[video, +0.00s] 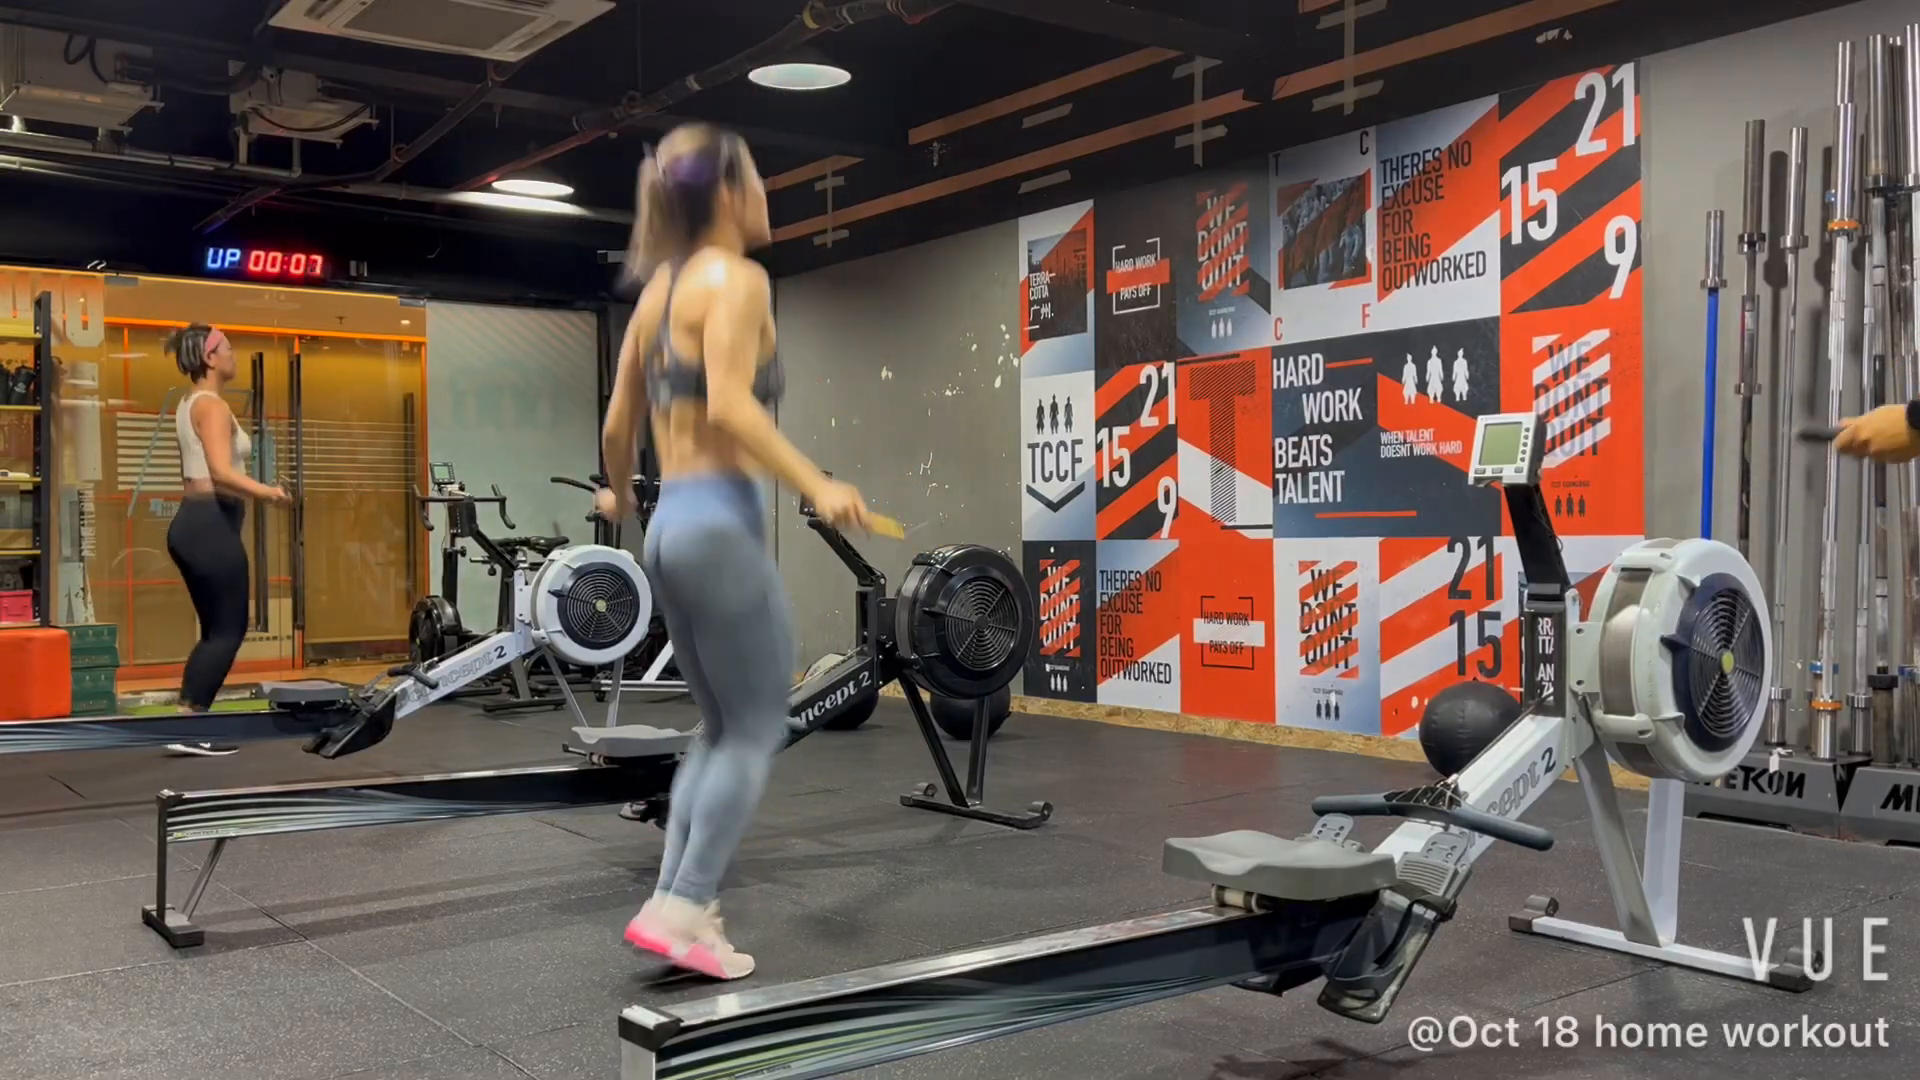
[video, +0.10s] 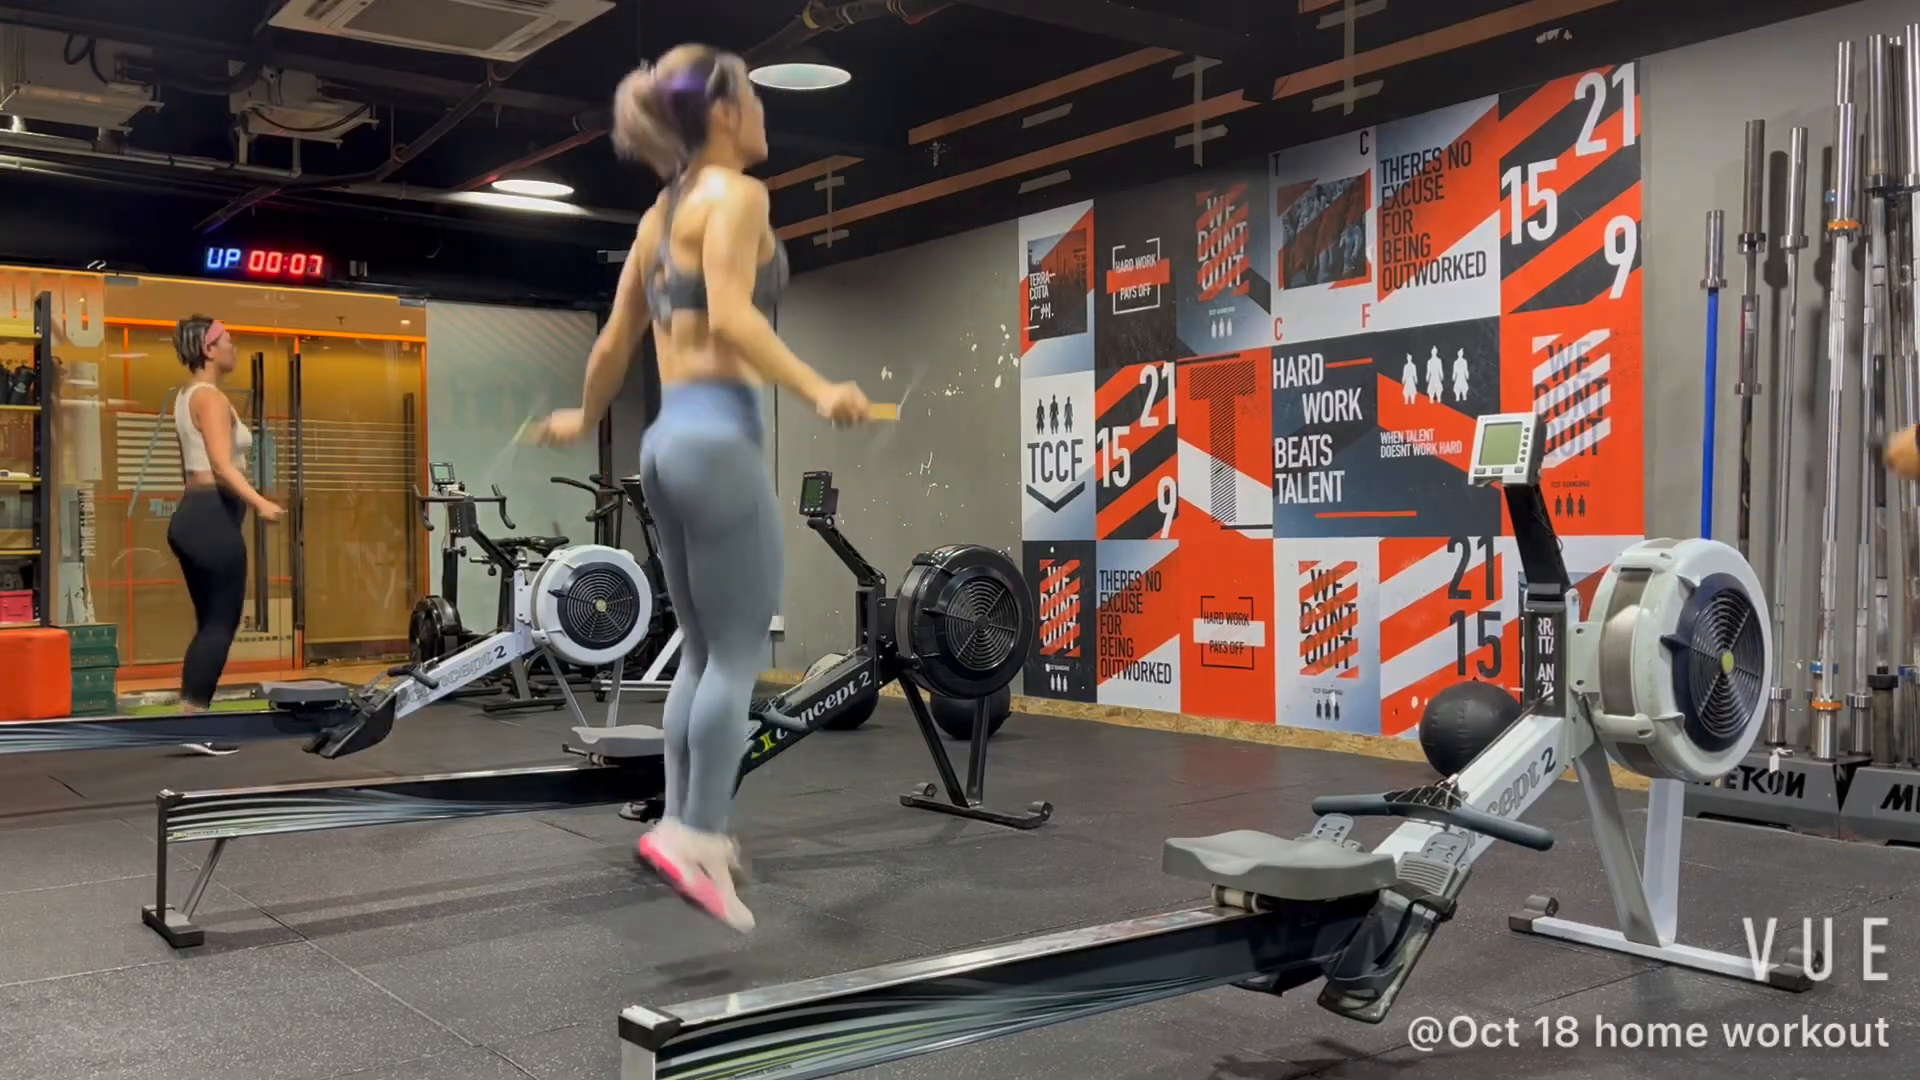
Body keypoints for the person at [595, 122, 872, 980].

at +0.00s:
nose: (765, 192)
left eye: (757, 177)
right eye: (754, 178)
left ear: (690, 198)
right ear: (729, 192)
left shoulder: (660, 289)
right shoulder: (737, 279)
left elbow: (622, 406)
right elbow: (730, 406)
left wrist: (614, 485)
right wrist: (817, 483)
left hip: (668, 521)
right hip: (715, 518)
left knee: (720, 723)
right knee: (757, 721)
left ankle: (679, 905)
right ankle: (685, 909)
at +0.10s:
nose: (760, 111)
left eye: (753, 95)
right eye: (750, 98)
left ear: (687, 123)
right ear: (722, 112)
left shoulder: (658, 213)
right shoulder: (735, 194)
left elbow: (617, 338)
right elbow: (728, 316)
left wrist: (583, 415)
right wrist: (818, 390)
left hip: (665, 439)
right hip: (715, 438)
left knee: (703, 647)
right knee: (737, 648)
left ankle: (681, 828)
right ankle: (700, 835)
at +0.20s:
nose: (771, 91)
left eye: (765, 76)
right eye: (762, 76)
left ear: (696, 91)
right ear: (733, 82)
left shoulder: (658, 179)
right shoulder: (745, 159)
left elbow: (616, 311)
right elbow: (726, 279)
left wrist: (623, 382)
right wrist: (807, 368)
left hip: (653, 410)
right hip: (708, 406)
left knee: (703, 616)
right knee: (747, 612)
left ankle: (678, 789)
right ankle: (689, 792)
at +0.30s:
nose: (773, 101)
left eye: (769, 85)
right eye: (765, 87)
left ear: (703, 101)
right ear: (734, 91)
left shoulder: (660, 189)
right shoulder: (743, 171)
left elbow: (620, 322)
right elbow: (718, 289)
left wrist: (606, 418)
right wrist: (788, 382)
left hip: (651, 418)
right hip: (703, 414)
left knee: (700, 621)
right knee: (739, 623)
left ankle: (670, 801)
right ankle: (700, 814)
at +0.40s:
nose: (774, 153)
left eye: (769, 138)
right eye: (763, 139)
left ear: (709, 157)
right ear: (734, 151)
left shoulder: (667, 246)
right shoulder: (740, 234)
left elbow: (603, 363)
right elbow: (717, 356)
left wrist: (551, 442)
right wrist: (796, 434)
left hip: (656, 481)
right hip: (701, 480)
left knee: (700, 688)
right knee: (733, 690)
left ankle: (669, 865)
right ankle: (696, 880)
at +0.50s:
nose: (775, 228)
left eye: (768, 215)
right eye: (763, 216)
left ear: (707, 242)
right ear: (734, 235)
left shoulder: (665, 328)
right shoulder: (738, 325)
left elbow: (605, 444)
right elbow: (719, 445)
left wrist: (605, 489)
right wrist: (814, 528)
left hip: (658, 555)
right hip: (705, 556)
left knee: (725, 751)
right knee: (755, 745)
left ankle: (649, 923)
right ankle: (667, 929)